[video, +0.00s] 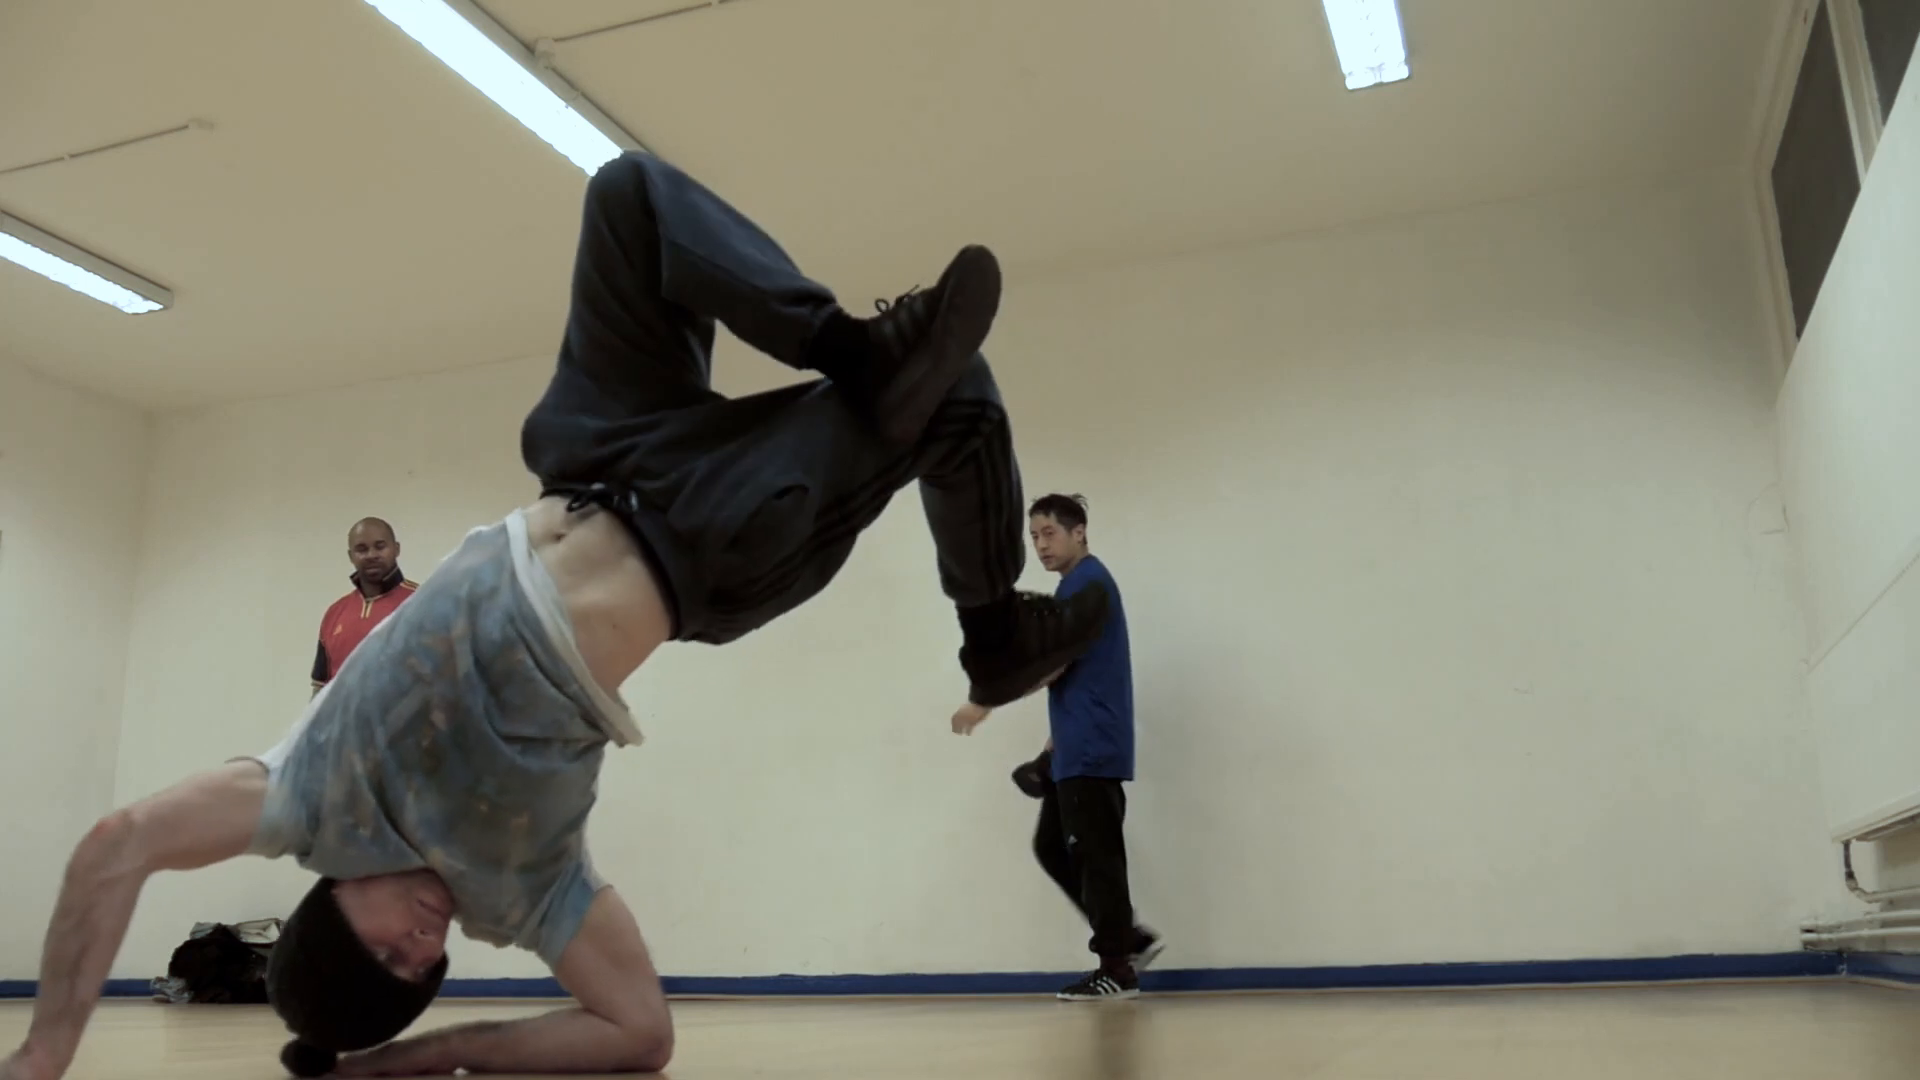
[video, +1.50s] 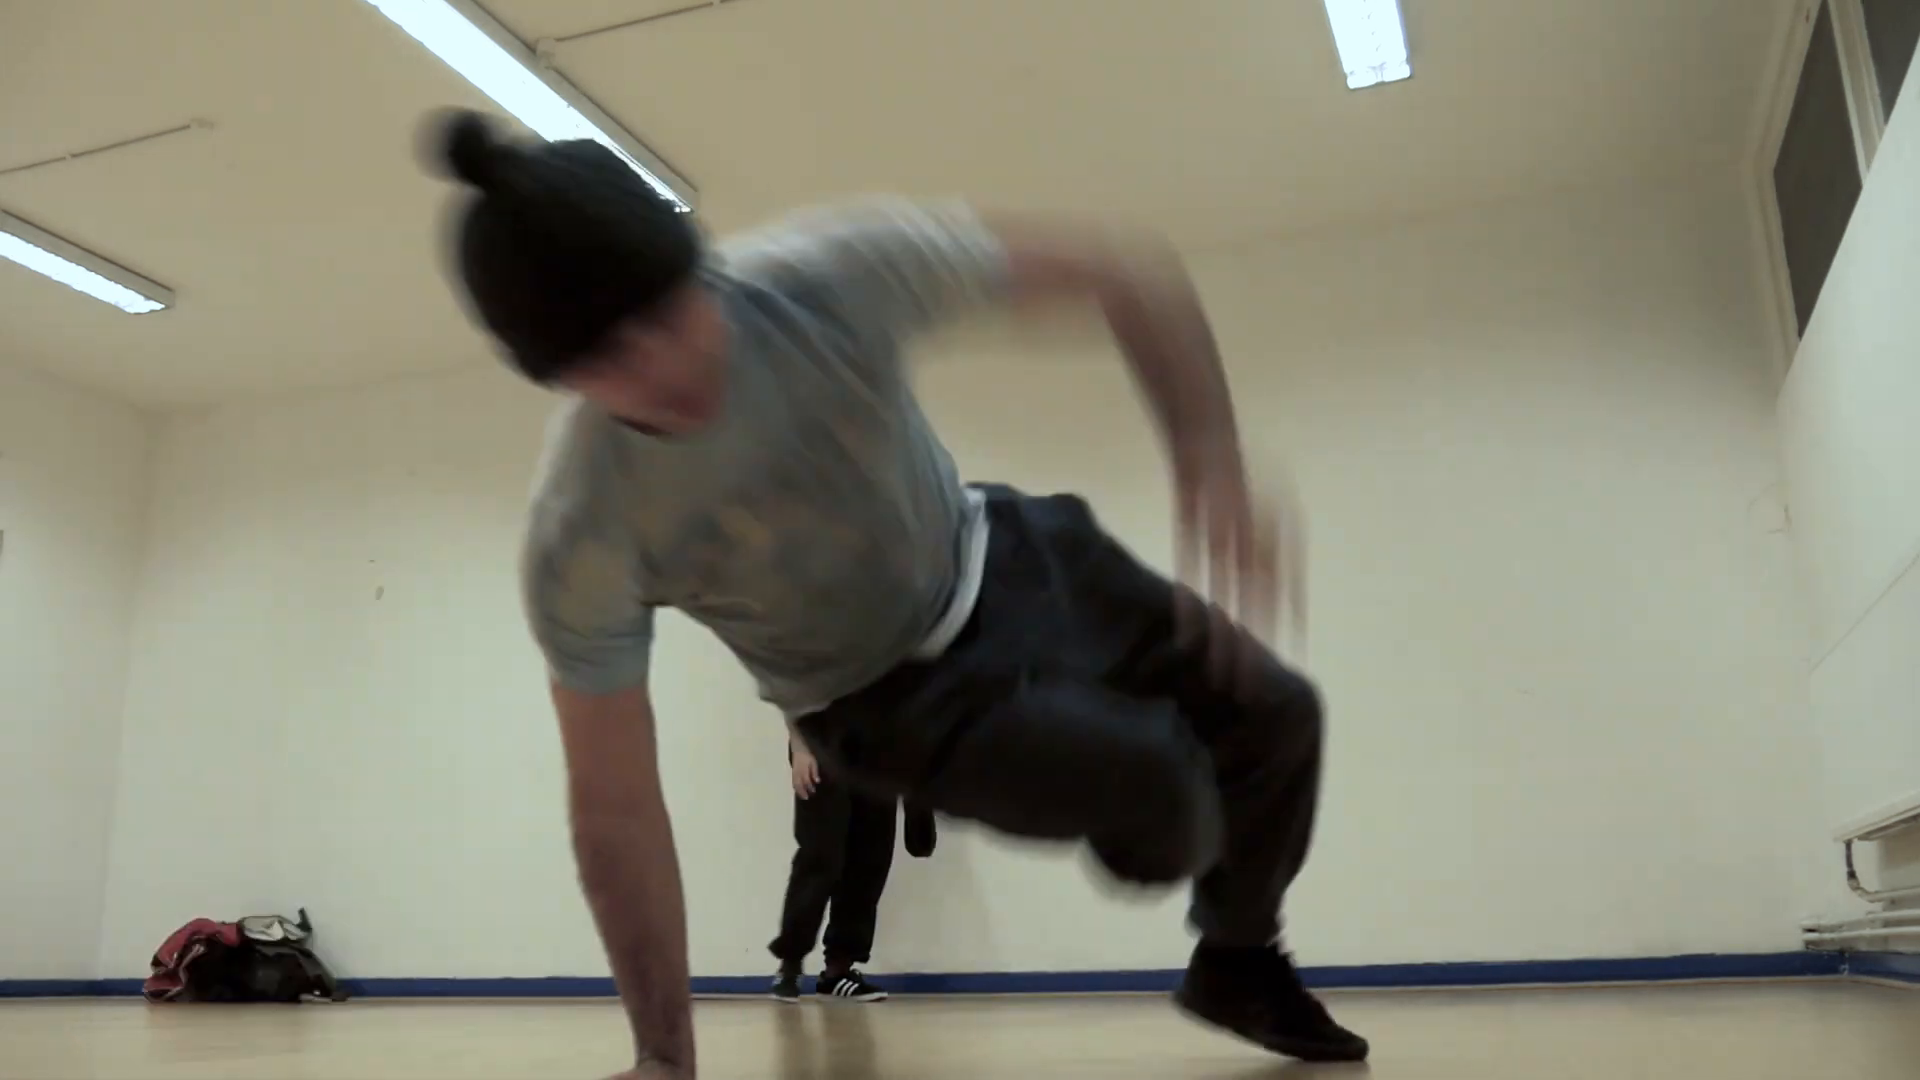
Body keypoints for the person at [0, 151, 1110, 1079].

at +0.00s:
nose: (417, 934)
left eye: (381, 942)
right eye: (413, 952)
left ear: (332, 916)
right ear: (422, 952)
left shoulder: (301, 792)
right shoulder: (533, 893)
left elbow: (110, 848)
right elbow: (641, 1037)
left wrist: (43, 1051)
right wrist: (430, 1051)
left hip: (585, 466)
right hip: (698, 558)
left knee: (633, 187)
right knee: (952, 388)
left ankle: (852, 343)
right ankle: (1000, 645)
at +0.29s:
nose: (399, 946)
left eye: (361, 956)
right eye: (396, 967)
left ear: (325, 925)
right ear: (404, 952)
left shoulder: (298, 796)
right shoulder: (527, 901)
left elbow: (118, 848)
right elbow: (641, 1042)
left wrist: (35, 1052)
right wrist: (444, 1056)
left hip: (587, 483)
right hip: (697, 571)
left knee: (660, 246)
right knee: (948, 398)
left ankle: (848, 347)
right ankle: (989, 667)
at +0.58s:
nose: (396, 958)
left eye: (359, 963)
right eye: (388, 978)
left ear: (318, 924)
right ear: (397, 955)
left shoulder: (297, 789)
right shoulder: (516, 908)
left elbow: (121, 843)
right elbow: (642, 1040)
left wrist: (34, 1050)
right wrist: (445, 1056)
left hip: (599, 498)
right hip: (712, 578)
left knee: (665, 258)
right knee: (952, 421)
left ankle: (857, 367)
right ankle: (980, 674)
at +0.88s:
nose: (375, 962)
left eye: (335, 969)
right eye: (371, 986)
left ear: (300, 928)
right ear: (379, 970)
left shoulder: (288, 795)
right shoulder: (497, 921)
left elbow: (96, 845)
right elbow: (640, 1039)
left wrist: (29, 1056)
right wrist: (435, 1059)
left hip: (610, 507)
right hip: (716, 595)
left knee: (685, 287)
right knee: (958, 445)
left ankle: (867, 394)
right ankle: (977, 709)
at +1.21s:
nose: (359, 954)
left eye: (326, 963)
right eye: (354, 981)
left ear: (296, 913)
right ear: (361, 959)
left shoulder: (292, 786)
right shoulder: (489, 914)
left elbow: (96, 842)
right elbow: (637, 1036)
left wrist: (26, 1053)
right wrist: (427, 1056)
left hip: (644, 522)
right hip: (732, 620)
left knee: (740, 320)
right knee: (980, 490)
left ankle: (917, 433)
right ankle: (969, 755)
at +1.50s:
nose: (660, 368)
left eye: (663, 316)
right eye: (606, 362)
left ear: (693, 268)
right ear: (560, 378)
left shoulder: (822, 279)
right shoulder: (586, 537)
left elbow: (1129, 270)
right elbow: (617, 820)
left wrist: (1214, 471)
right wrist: (667, 1058)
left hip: (1006, 559)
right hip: (898, 700)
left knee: (1273, 719)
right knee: (1157, 777)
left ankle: (1237, 957)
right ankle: (1158, 850)